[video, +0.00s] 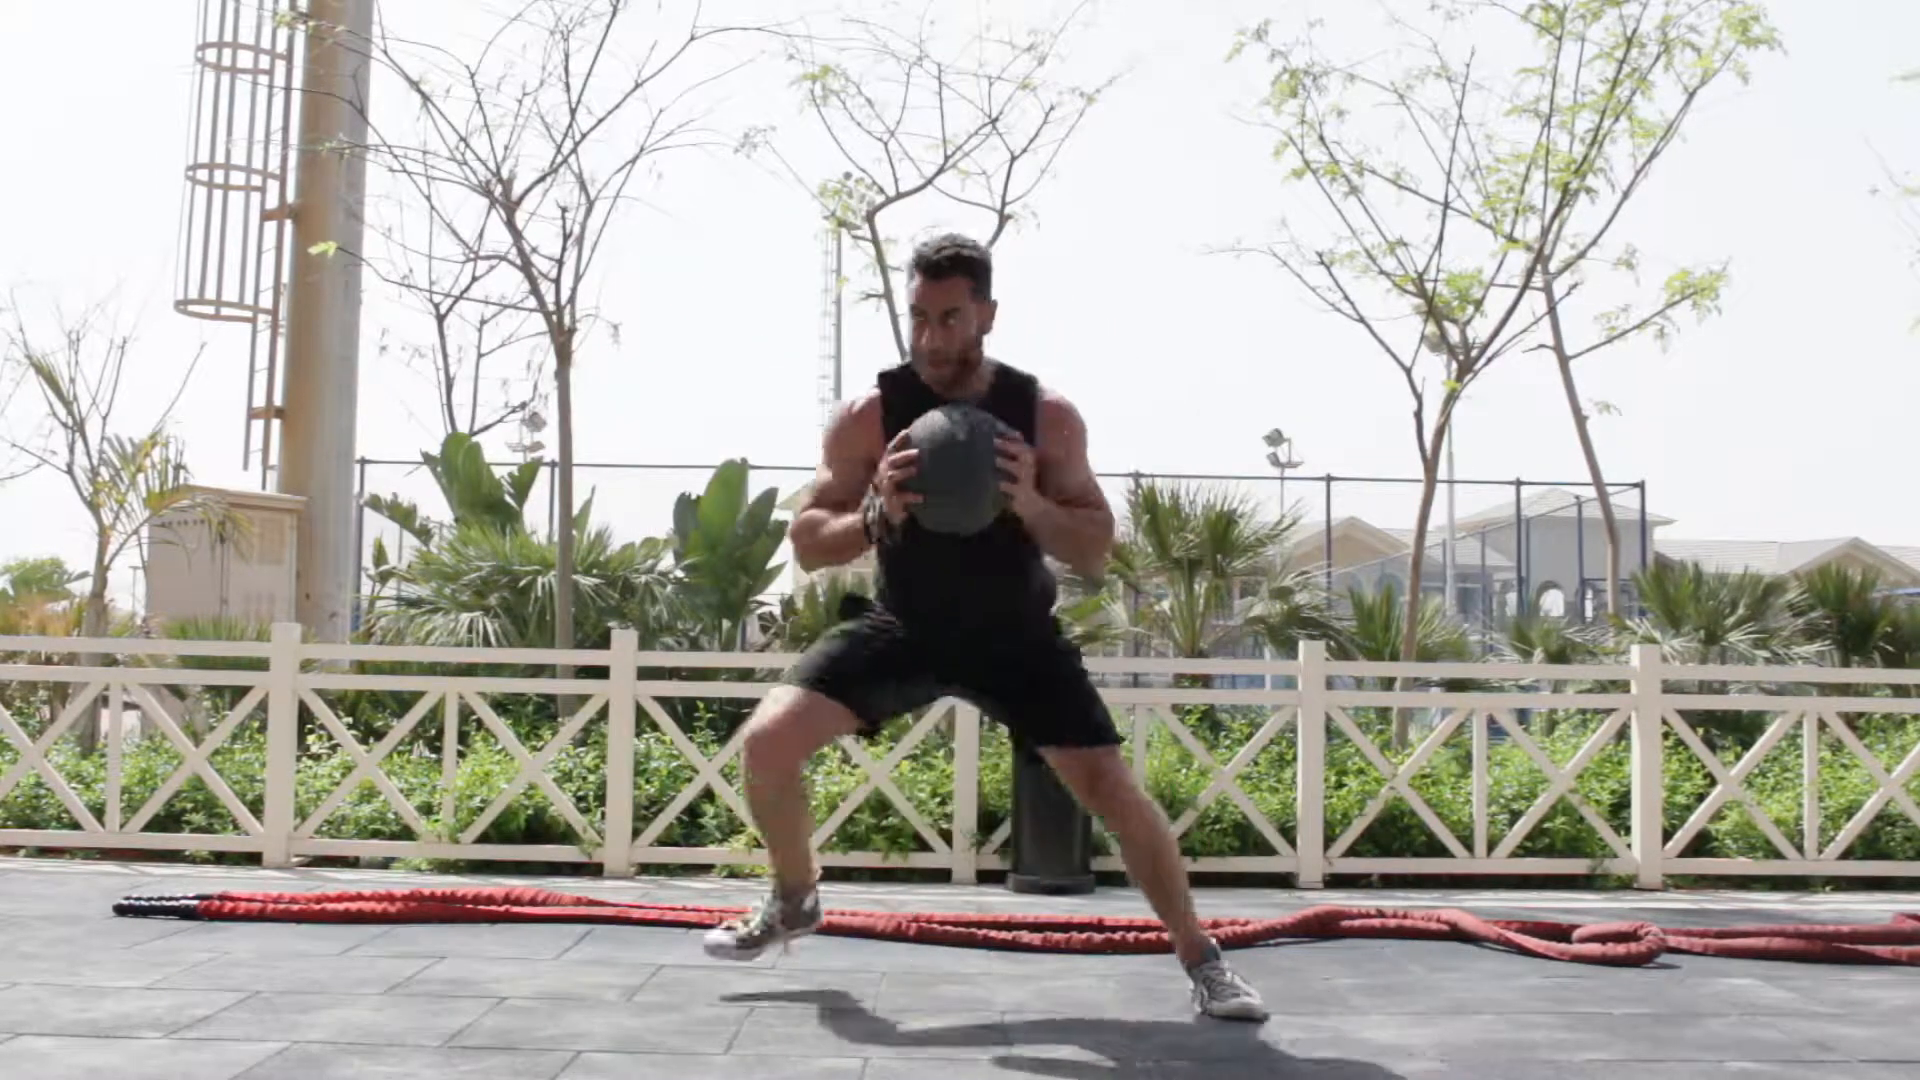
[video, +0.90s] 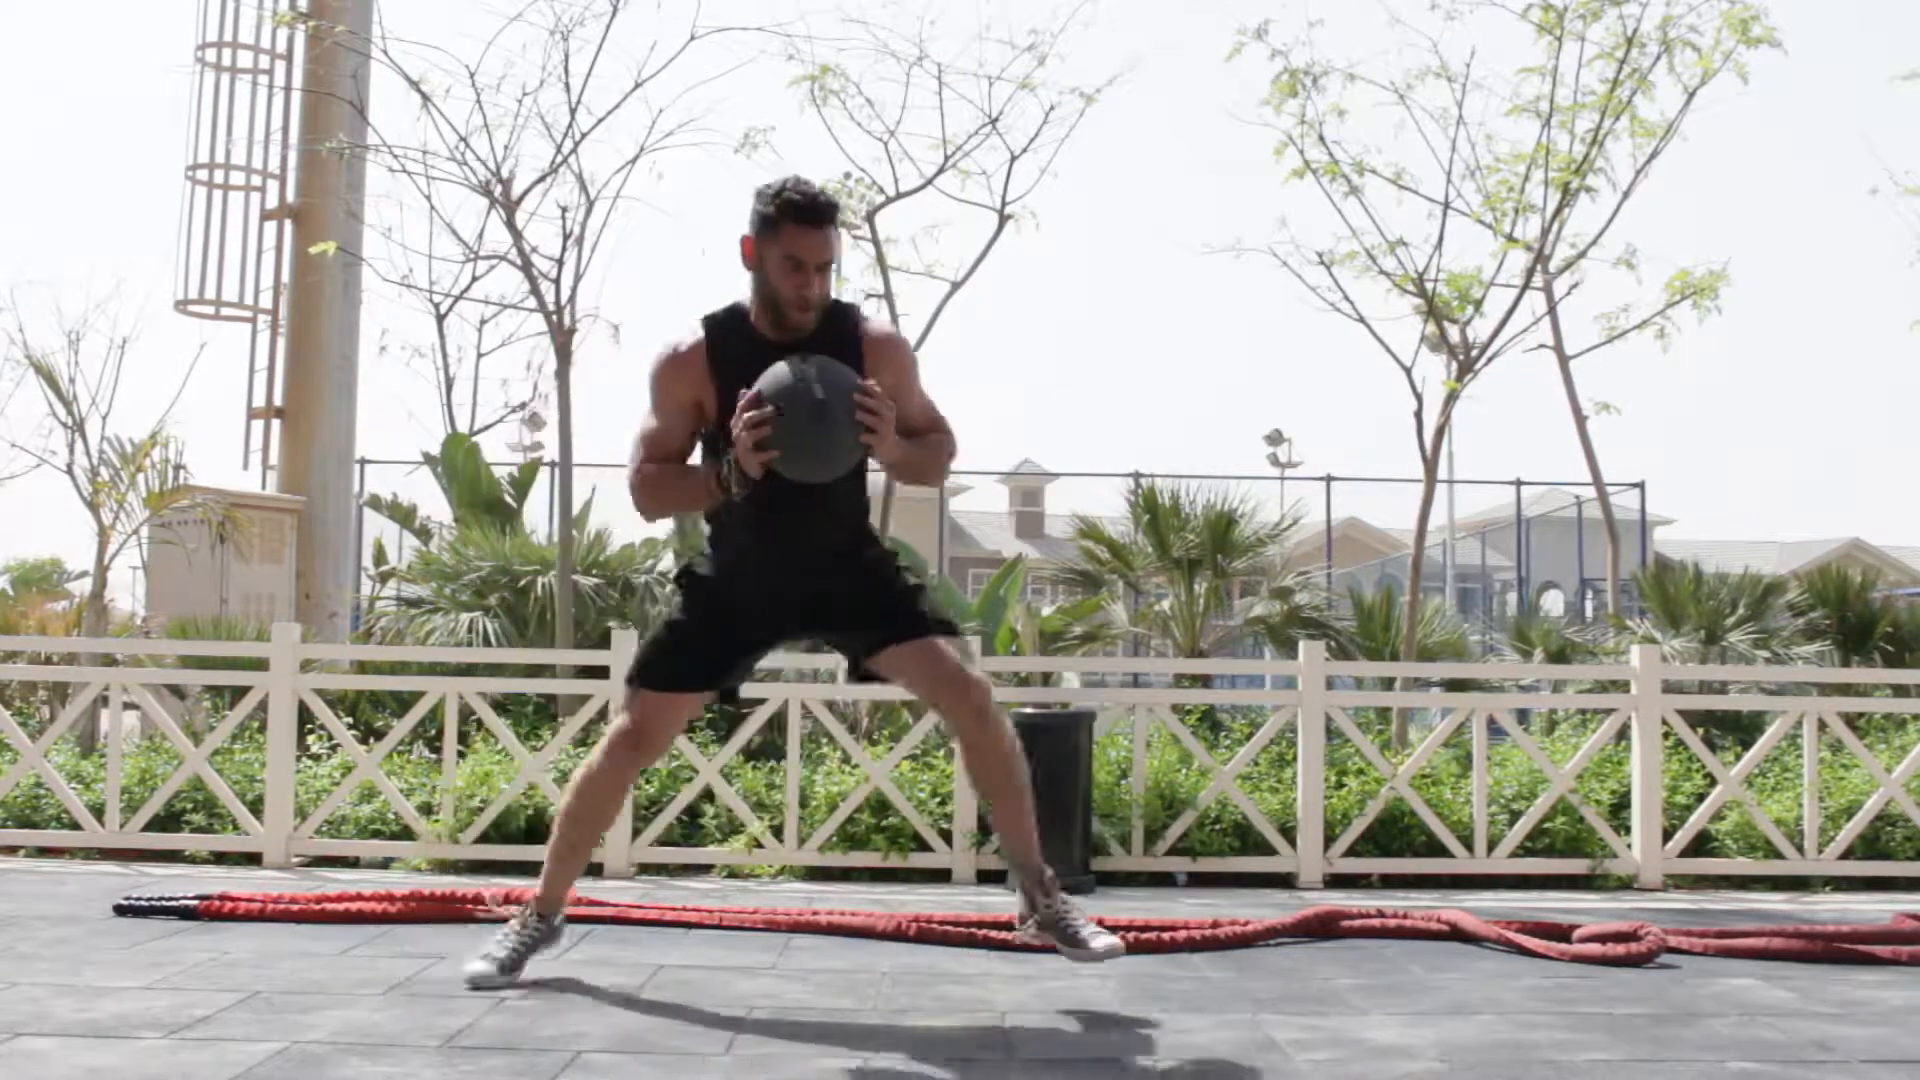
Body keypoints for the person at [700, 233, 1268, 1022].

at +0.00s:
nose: (936, 337)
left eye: (953, 319)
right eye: (922, 319)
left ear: (988, 316)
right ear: (907, 318)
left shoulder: (1046, 419)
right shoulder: (867, 421)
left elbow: (1093, 548)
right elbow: (808, 544)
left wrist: (1030, 501)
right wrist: (878, 510)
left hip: (1017, 639)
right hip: (903, 633)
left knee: (1107, 782)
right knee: (766, 745)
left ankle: (1202, 959)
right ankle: (793, 901)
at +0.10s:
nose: (824, 294)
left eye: (844, 279)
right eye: (816, 276)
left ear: (889, 279)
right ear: (806, 275)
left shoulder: (946, 376)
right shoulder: (772, 366)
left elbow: (976, 519)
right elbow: (723, 481)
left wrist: (894, 473)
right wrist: (757, 463)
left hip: (920, 598)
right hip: (805, 588)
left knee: (1021, 751)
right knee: (672, 714)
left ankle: (1120, 935)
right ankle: (550, 891)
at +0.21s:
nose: (717, 308)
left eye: (736, 295)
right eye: (712, 289)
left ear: (784, 295)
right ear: (705, 283)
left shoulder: (839, 393)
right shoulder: (687, 365)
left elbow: (841, 548)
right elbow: (649, 486)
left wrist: (746, 484)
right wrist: (647, 448)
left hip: (816, 606)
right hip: (708, 597)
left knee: (904, 771)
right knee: (591, 743)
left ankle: (906, 867)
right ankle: (463, 923)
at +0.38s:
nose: (570, 389)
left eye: (592, 374)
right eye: (567, 367)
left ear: (645, 376)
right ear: (562, 359)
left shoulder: (682, 480)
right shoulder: (581, 431)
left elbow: (624, 636)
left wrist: (542, 539)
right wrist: (529, 508)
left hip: (678, 676)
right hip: (589, 641)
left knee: (616, 875)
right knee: (491, 763)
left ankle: (594, 802)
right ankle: (446, 947)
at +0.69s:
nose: (598, 385)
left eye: (620, 368)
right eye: (586, 363)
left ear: (648, 362)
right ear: (563, 347)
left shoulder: (704, 457)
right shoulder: (539, 450)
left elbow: (727, 604)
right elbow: (482, 563)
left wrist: (634, 553)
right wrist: (515, 544)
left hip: (680, 650)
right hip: (574, 637)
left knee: (687, 833)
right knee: (482, 773)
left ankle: (589, 865)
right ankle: (447, 948)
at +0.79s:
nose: (698, 333)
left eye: (713, 314)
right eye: (682, 312)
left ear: (729, 306)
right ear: (645, 300)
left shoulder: (776, 401)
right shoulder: (597, 411)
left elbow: (836, 528)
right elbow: (541, 528)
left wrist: (760, 497)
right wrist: (600, 510)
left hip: (751, 619)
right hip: (637, 621)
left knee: (855, 731)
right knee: (534, 762)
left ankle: (805, 889)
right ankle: (448, 945)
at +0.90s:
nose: (812, 286)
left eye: (824, 268)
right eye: (795, 268)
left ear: (838, 260)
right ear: (750, 254)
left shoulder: (876, 352)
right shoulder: (692, 367)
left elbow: (936, 461)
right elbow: (647, 492)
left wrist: (891, 441)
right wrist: (728, 471)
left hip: (849, 573)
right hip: (733, 584)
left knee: (972, 699)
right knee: (631, 740)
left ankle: (1041, 896)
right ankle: (541, 914)